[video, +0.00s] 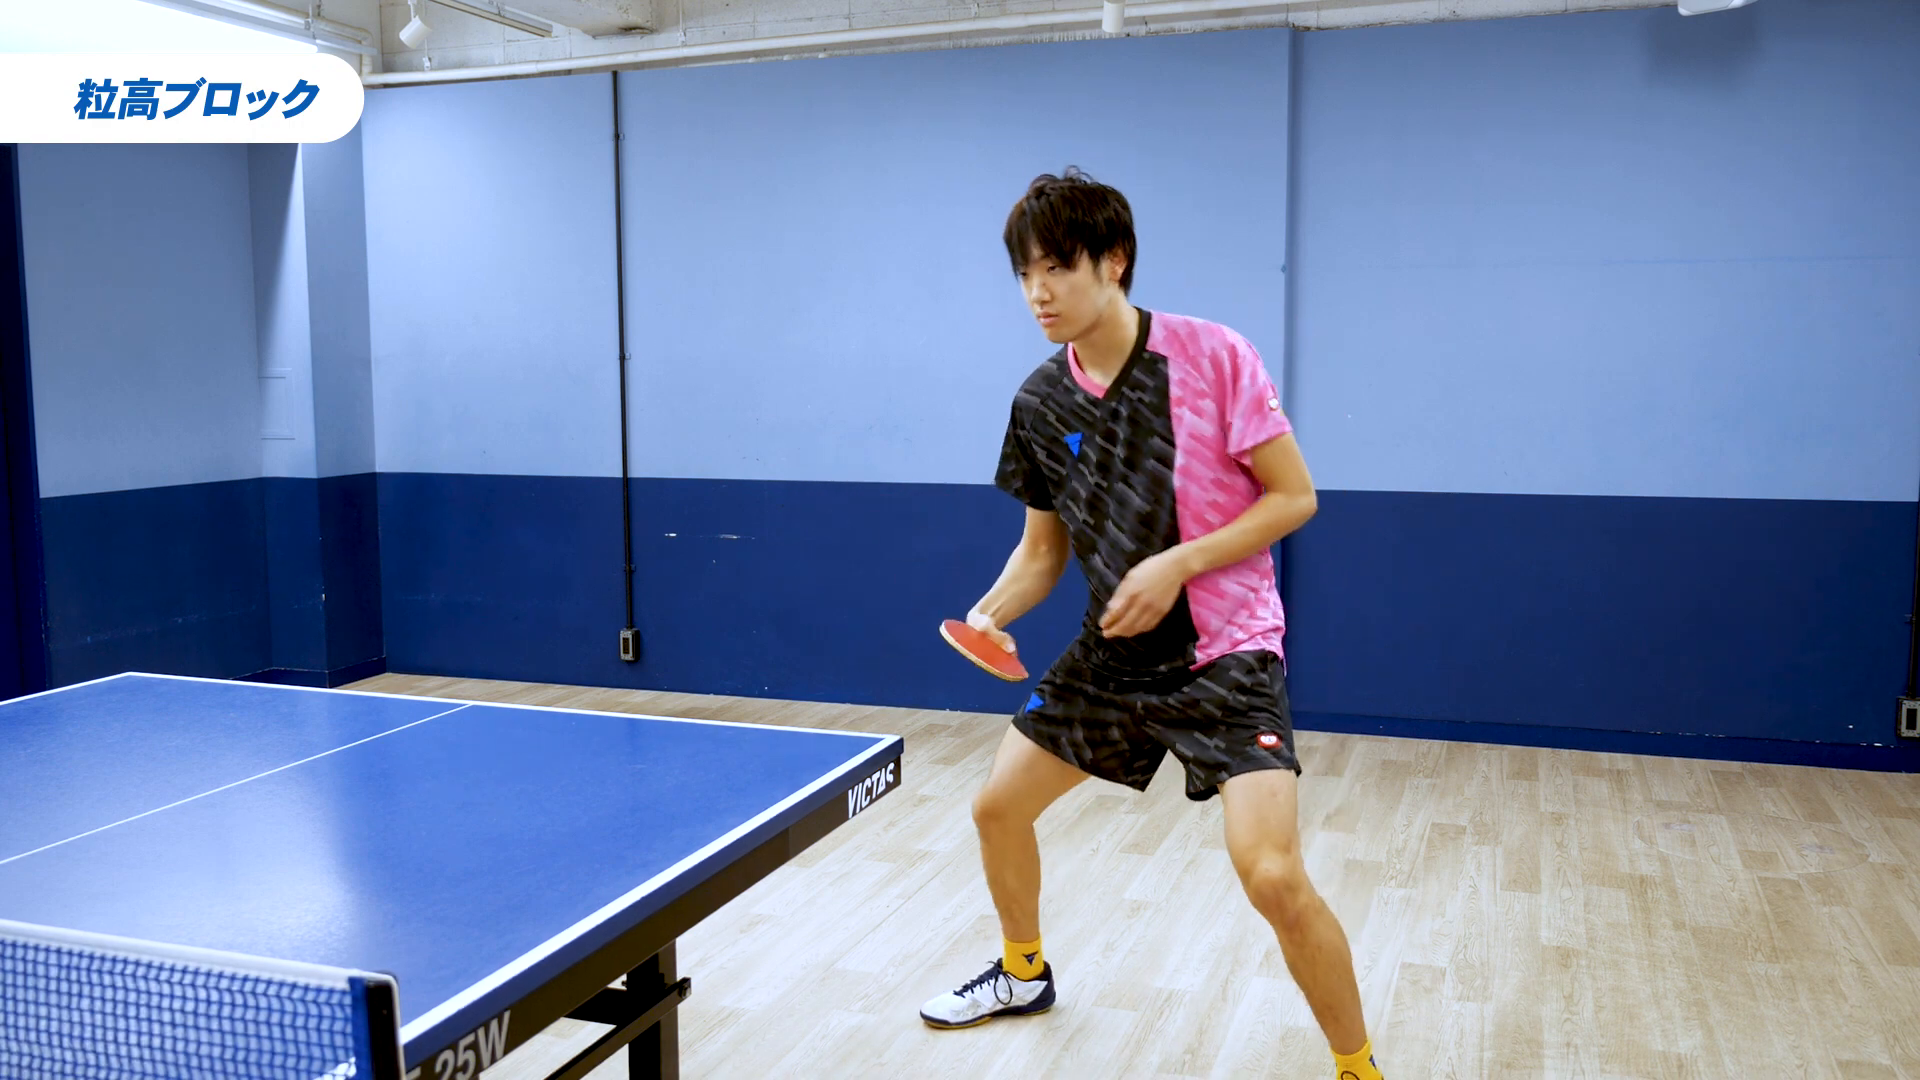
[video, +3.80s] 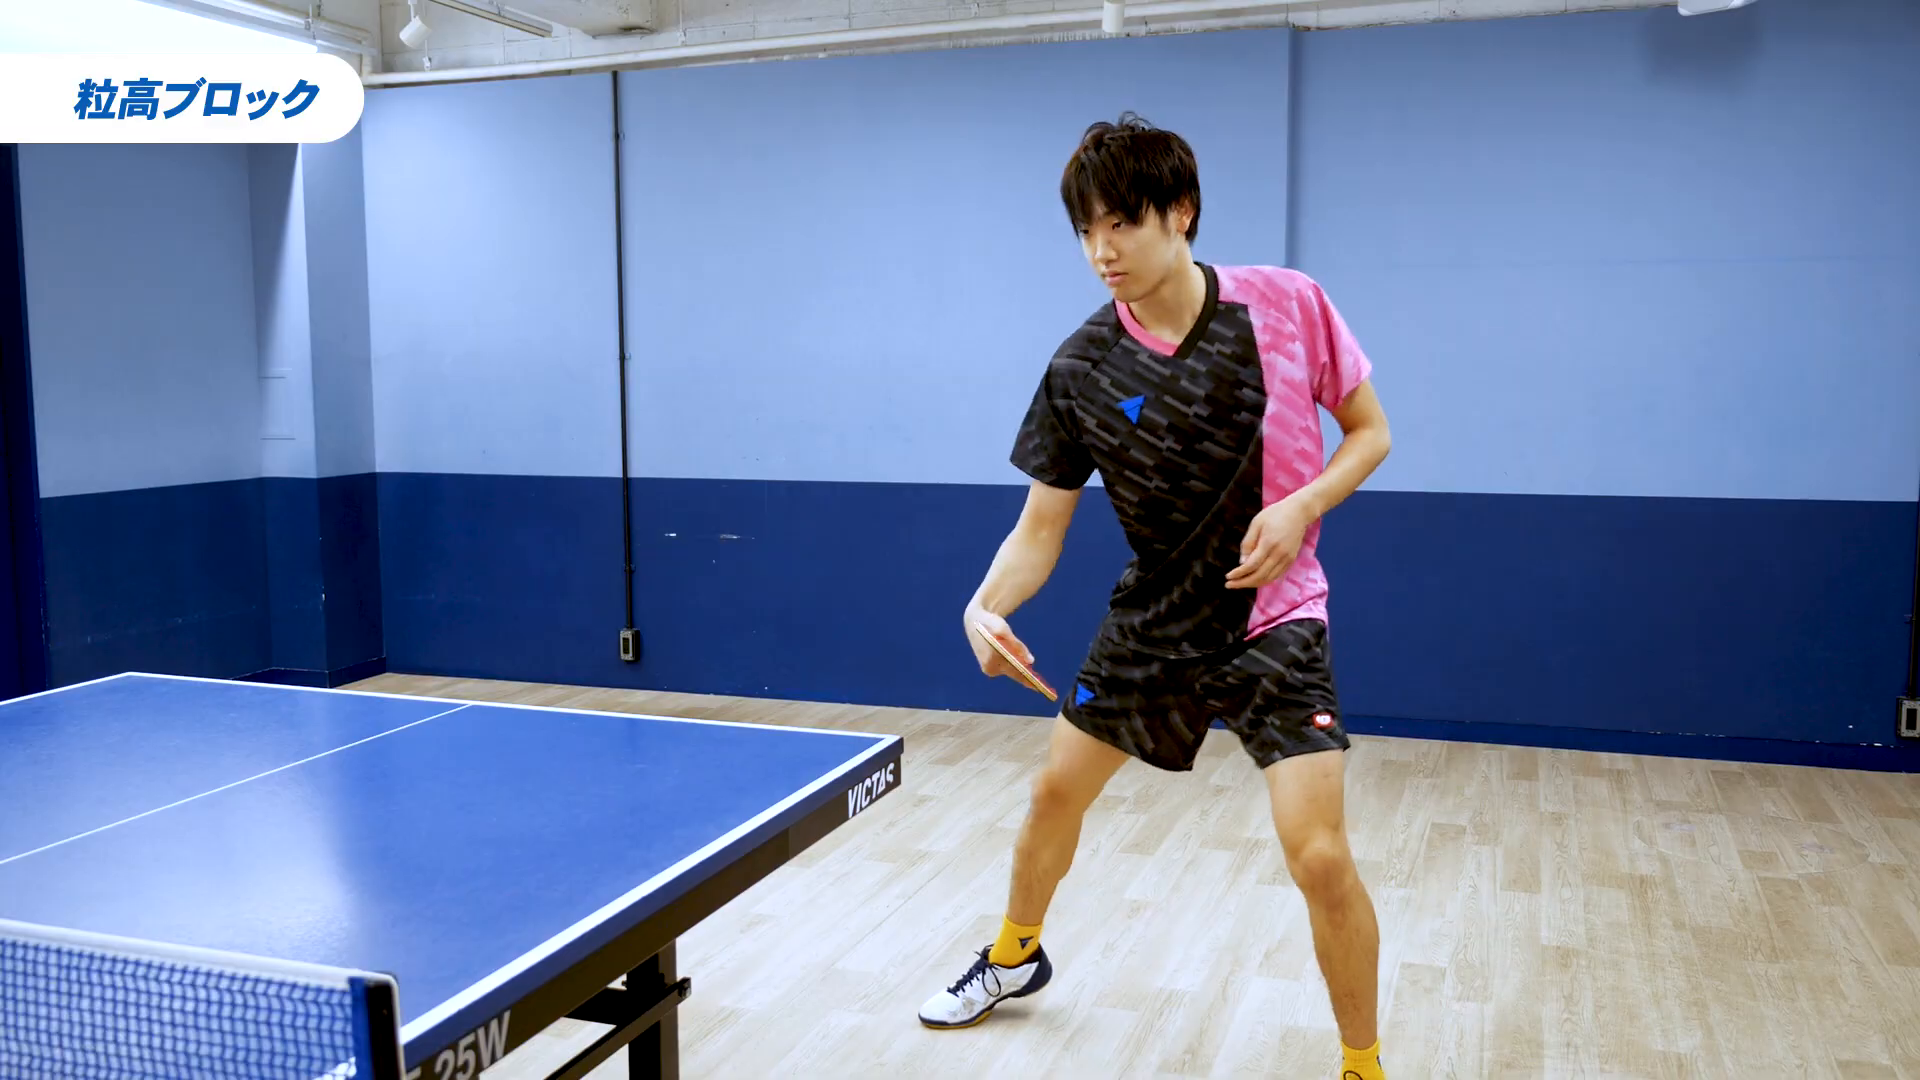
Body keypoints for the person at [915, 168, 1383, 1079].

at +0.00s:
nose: (1039, 290)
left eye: (1057, 265)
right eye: (1026, 272)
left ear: (1113, 261)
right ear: (1020, 283)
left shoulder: (1212, 354)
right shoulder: (1042, 401)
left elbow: (1294, 496)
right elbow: (1042, 548)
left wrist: (1179, 562)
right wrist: (991, 613)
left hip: (1229, 650)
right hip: (1115, 650)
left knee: (1273, 877)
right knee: (999, 809)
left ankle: (1358, 1068)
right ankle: (1022, 972)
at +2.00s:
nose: (1004, 371)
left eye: (1014, 345)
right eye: (987, 354)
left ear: (1070, 317)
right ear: (977, 351)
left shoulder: (1197, 356)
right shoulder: (1028, 439)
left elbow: (1314, 470)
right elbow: (1019, 601)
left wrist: (1217, 564)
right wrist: (975, 573)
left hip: (1260, 632)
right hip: (1146, 641)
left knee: (1295, 868)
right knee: (1033, 807)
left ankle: (1360, 1065)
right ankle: (1025, 973)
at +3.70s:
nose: (1097, 267)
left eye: (1115, 240)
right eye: (1081, 249)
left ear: (1173, 227)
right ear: (1072, 256)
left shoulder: (1284, 304)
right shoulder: (1083, 384)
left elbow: (1373, 421)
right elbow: (1034, 538)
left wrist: (1309, 503)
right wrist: (975, 613)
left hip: (1286, 607)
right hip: (1165, 610)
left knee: (1328, 856)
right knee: (1067, 789)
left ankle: (1364, 1068)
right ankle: (1014, 953)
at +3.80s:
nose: (1104, 248)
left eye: (1124, 221)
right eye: (1089, 230)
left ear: (1183, 216)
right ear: (1079, 238)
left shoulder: (1285, 304)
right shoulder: (1081, 369)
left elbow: (1370, 430)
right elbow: (1039, 526)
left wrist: (1302, 508)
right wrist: (982, 605)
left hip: (1275, 608)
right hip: (1156, 608)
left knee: (1321, 859)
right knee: (1055, 790)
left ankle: (1363, 1065)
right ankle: (1015, 955)